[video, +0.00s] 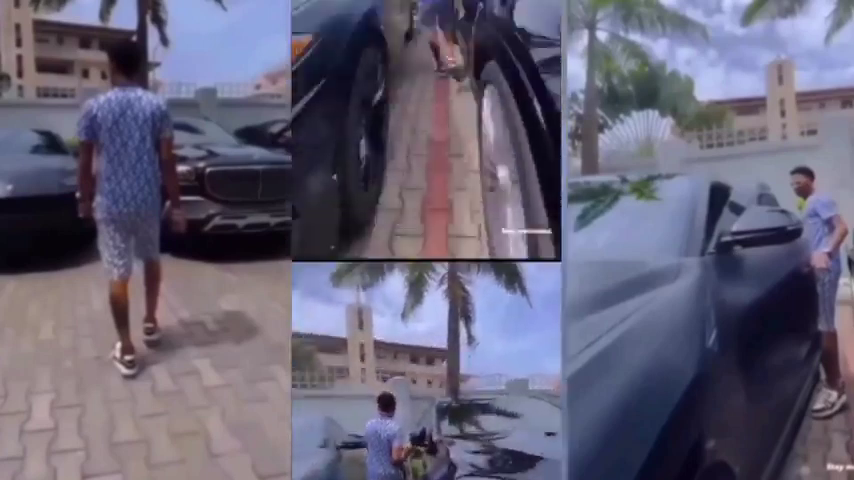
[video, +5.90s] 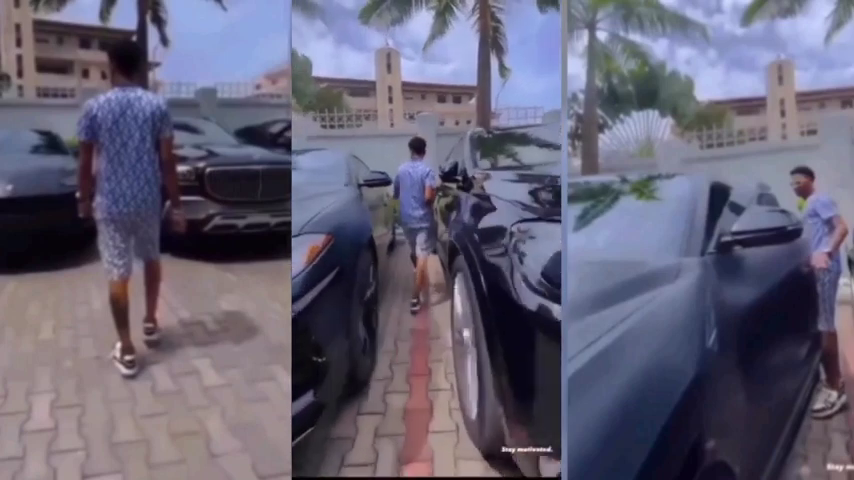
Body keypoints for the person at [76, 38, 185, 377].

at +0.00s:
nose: (112, 71)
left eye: (111, 66)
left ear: (112, 67)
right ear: (142, 67)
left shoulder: (95, 107)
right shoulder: (155, 105)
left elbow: (85, 161)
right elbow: (167, 159)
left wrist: (85, 199)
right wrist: (175, 202)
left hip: (110, 201)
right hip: (147, 200)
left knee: (118, 273)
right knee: (151, 260)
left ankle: (125, 348)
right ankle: (150, 319)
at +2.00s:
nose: (110, 72)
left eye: (110, 66)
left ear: (112, 68)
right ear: (142, 67)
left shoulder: (96, 107)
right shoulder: (156, 106)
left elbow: (85, 161)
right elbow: (167, 160)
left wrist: (85, 199)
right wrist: (175, 202)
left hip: (110, 201)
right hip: (147, 200)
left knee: (118, 273)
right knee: (151, 260)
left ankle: (125, 348)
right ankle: (150, 319)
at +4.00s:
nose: (110, 71)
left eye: (110, 66)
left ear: (112, 68)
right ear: (142, 67)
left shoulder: (95, 107)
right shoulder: (156, 106)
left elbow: (85, 161)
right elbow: (167, 160)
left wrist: (84, 199)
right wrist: (175, 202)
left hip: (110, 201)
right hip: (147, 200)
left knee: (118, 273)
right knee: (151, 260)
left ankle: (125, 348)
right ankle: (150, 319)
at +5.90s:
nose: (111, 72)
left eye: (110, 66)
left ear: (112, 68)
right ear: (142, 68)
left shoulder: (96, 107)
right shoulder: (156, 106)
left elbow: (85, 161)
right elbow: (167, 160)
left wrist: (84, 199)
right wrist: (175, 202)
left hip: (110, 202)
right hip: (147, 201)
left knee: (118, 273)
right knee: (151, 259)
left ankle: (125, 348)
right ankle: (150, 319)